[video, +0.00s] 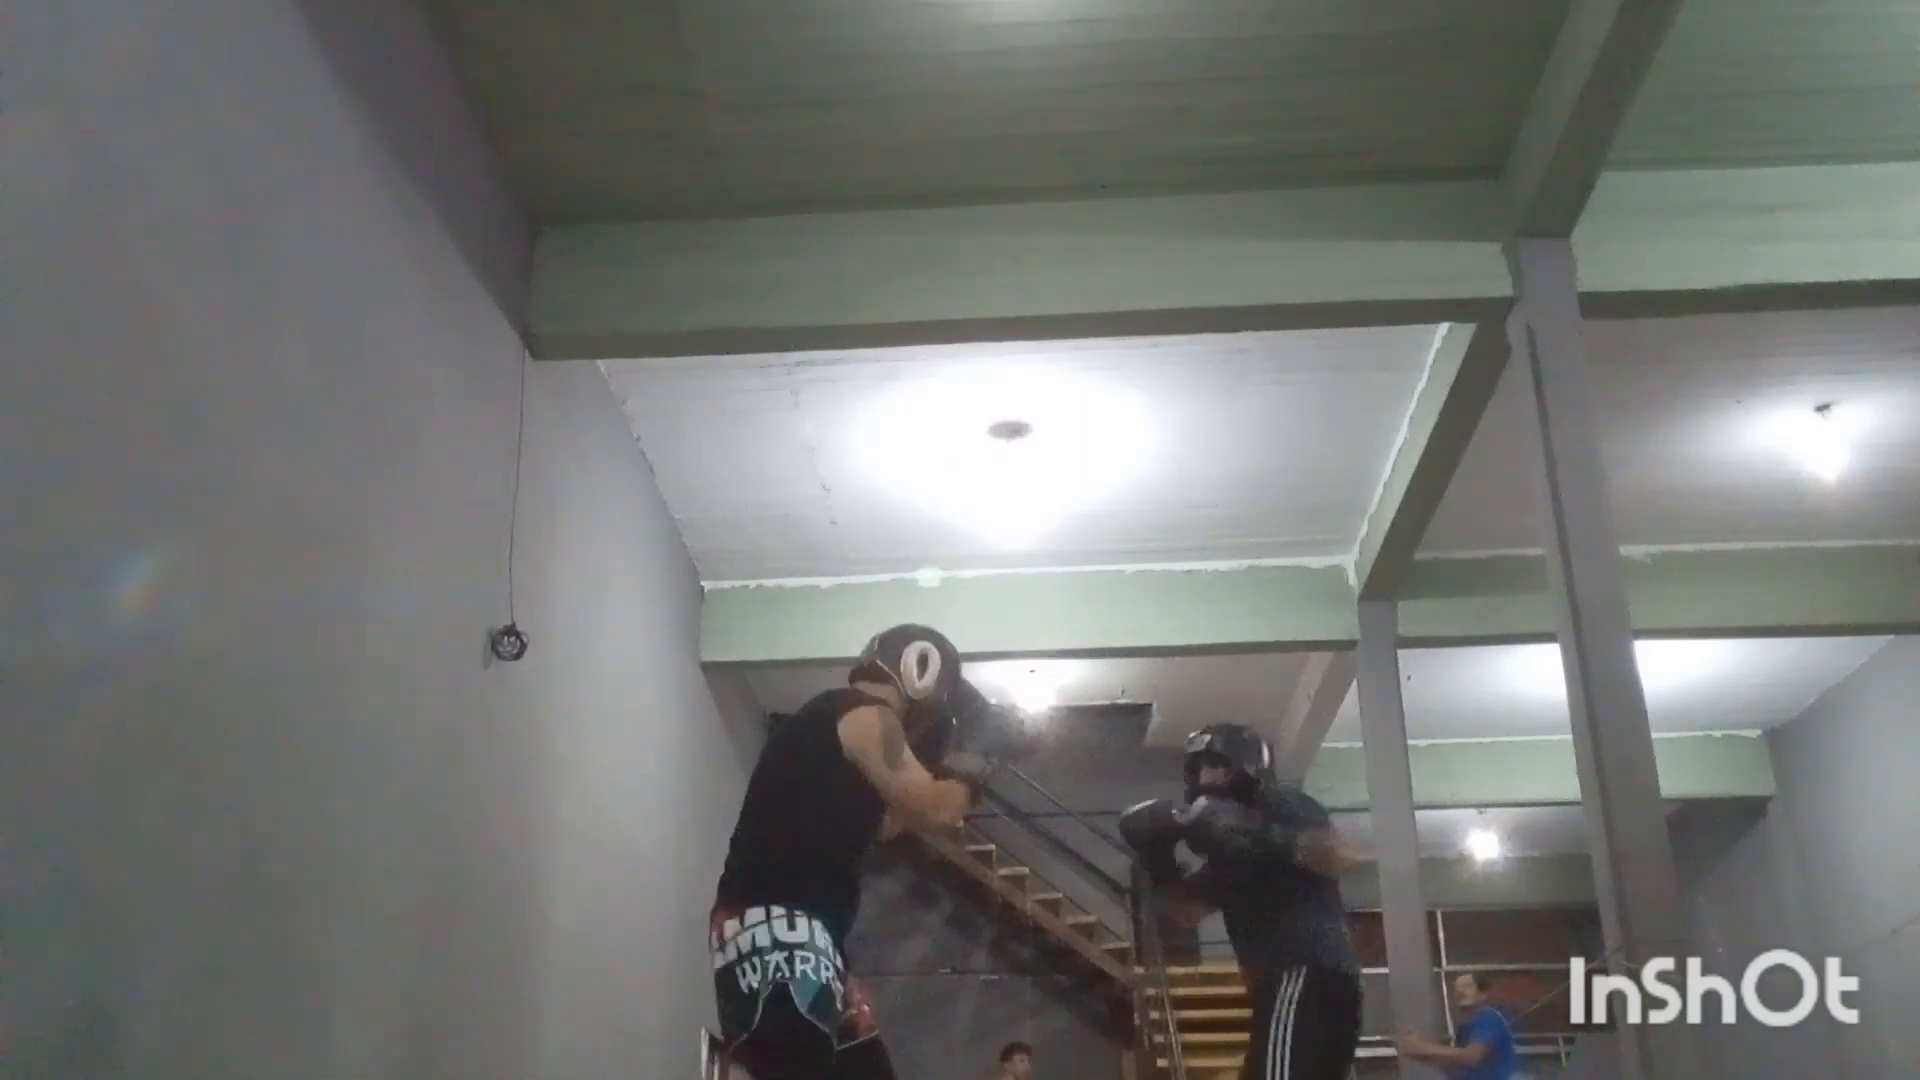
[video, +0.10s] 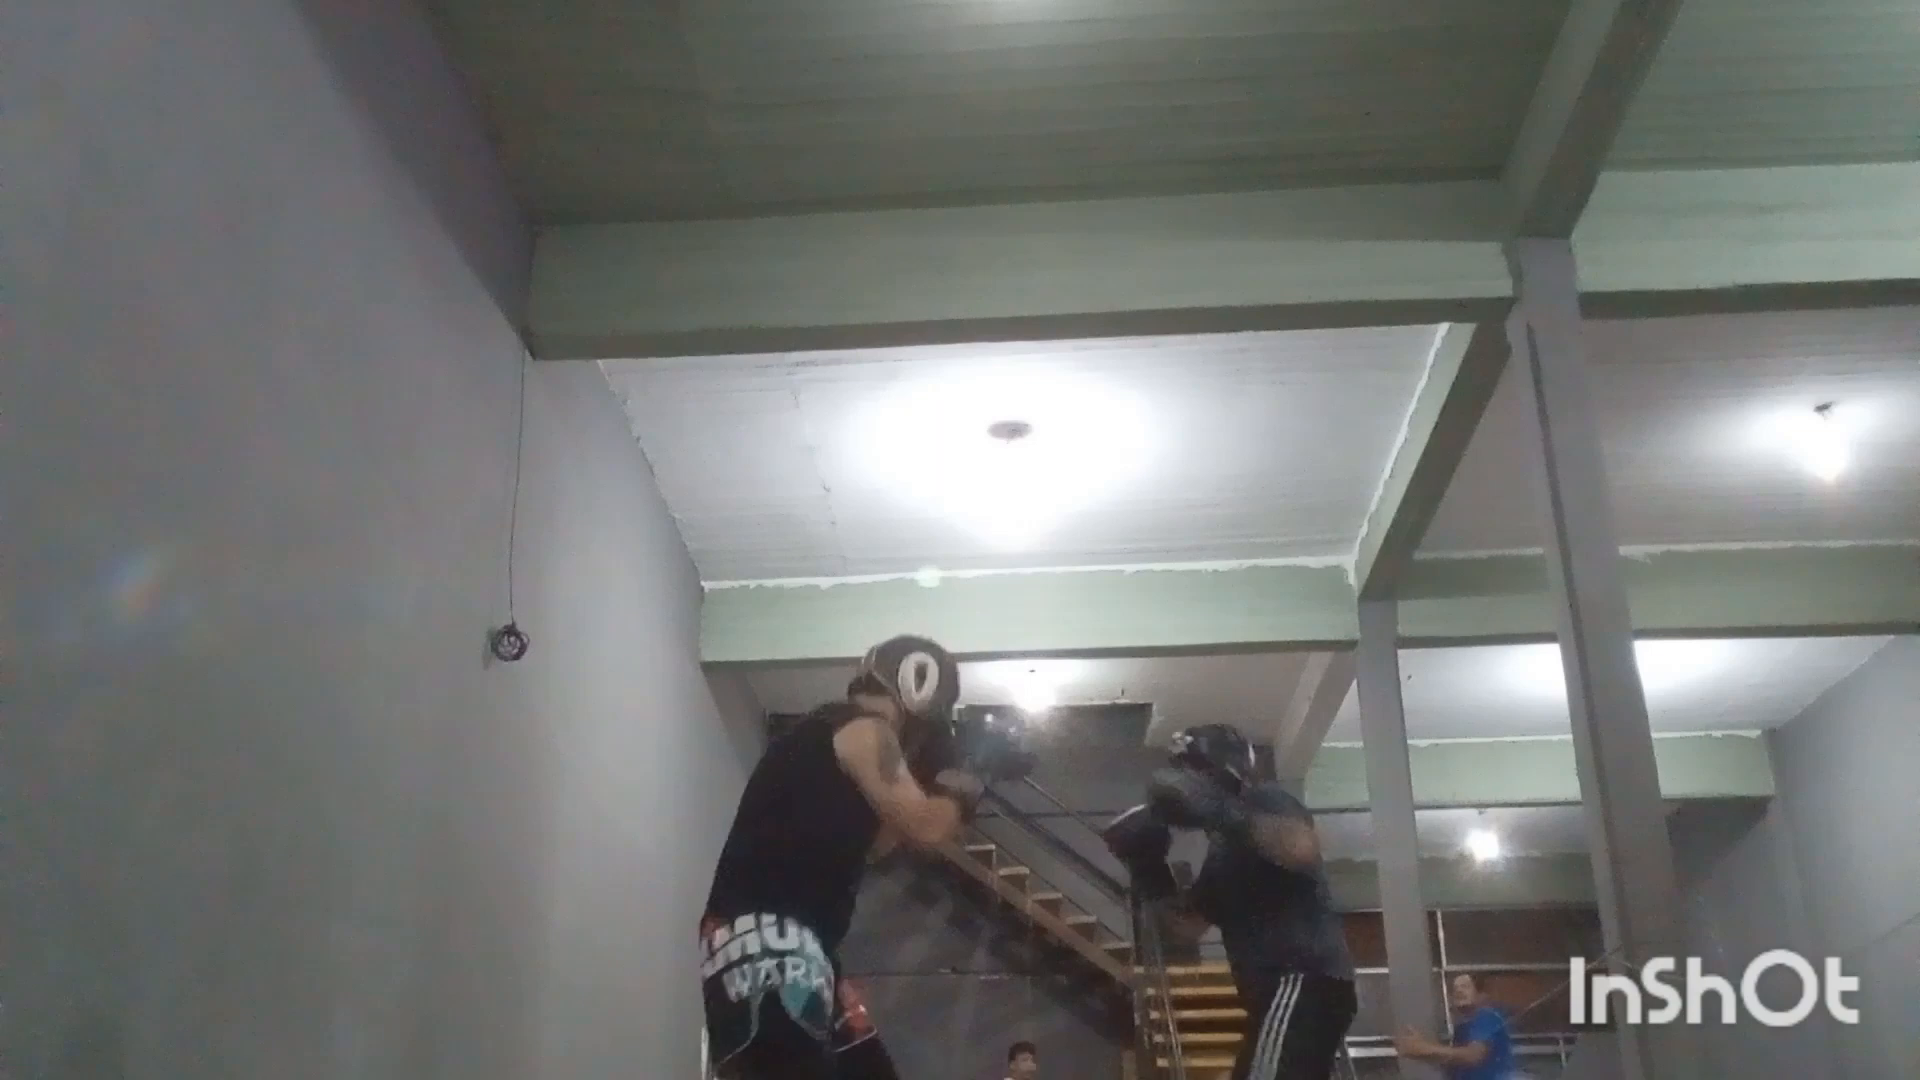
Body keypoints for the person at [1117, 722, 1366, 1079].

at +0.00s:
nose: (1202, 780)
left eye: (1213, 767)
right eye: (1197, 769)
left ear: (1243, 769)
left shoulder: (1287, 804)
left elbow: (1322, 853)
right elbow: (1184, 907)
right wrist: (1155, 846)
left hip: (1311, 973)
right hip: (1279, 978)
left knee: (1278, 1070)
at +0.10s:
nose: (1182, 782)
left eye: (1191, 768)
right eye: (1180, 771)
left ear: (1220, 769)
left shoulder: (1267, 799)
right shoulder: (1223, 845)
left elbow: (1301, 848)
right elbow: (1186, 927)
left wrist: (1215, 808)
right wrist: (1147, 861)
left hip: (1306, 979)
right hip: (1273, 986)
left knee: (1263, 1072)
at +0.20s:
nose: (1176, 755)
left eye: (1183, 742)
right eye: (1173, 746)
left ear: (1215, 744)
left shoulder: (1257, 786)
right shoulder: (1219, 825)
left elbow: (1233, 820)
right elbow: (1183, 915)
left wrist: (1161, 766)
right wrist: (1141, 862)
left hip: (1299, 966)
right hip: (1267, 974)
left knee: (1248, 1072)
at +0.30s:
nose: (1175, 743)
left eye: (1183, 730)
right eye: (1175, 732)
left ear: (1208, 732)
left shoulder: (1254, 773)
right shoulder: (1223, 796)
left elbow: (1207, 805)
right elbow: (1176, 879)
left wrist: (1158, 744)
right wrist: (1132, 829)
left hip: (1299, 958)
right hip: (1270, 962)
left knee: (1246, 1072)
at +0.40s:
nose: (1176, 719)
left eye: (1183, 708)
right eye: (1177, 710)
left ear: (1208, 709)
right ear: (1226, 711)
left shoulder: (1263, 752)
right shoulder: (1221, 787)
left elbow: (1207, 765)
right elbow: (1145, 834)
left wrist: (1163, 710)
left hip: (1298, 949)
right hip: (1273, 953)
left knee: (1244, 1073)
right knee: (1288, 1073)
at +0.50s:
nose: (1179, 729)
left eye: (1187, 718)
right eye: (1180, 721)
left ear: (1211, 716)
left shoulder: (1277, 756)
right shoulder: (1227, 796)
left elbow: (1242, 777)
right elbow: (1154, 842)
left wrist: (1178, 718)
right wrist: (1126, 766)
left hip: (1305, 951)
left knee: (1241, 1069)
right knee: (1321, 1073)